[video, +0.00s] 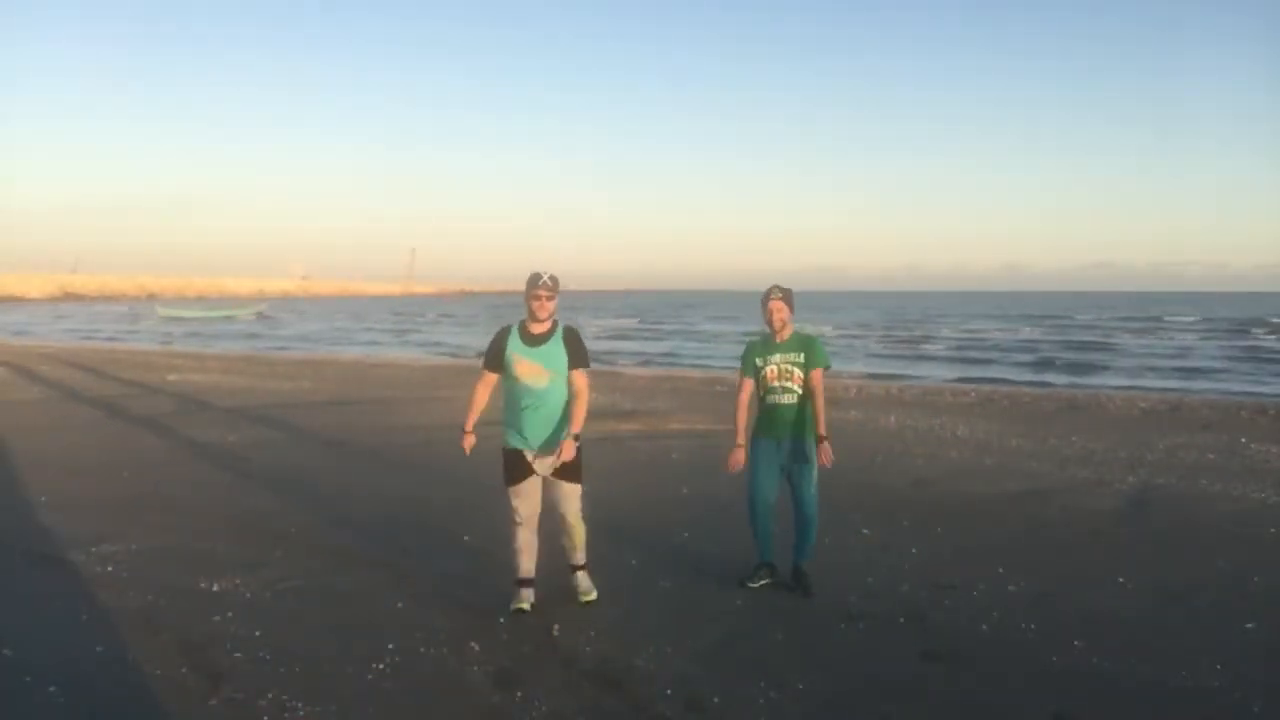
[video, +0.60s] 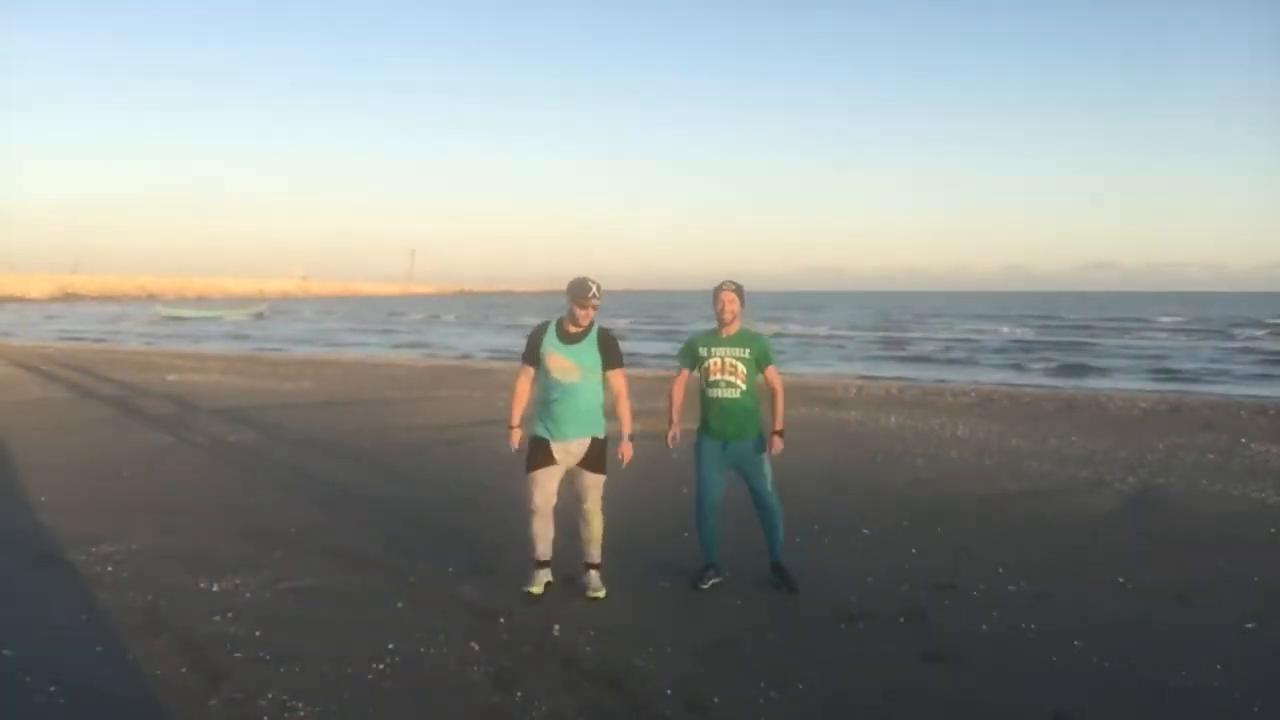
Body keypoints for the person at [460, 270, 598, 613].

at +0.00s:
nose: (542, 304)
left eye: (548, 299)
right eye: (536, 298)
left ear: (556, 301)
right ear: (526, 299)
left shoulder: (569, 338)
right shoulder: (506, 337)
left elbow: (581, 390)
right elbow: (485, 383)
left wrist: (573, 436)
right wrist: (469, 425)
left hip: (562, 443)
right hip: (519, 445)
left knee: (571, 516)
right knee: (523, 519)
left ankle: (580, 572)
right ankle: (524, 589)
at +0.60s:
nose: (586, 313)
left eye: (592, 307)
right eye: (581, 306)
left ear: (598, 308)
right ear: (568, 302)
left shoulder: (604, 341)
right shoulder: (542, 335)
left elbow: (620, 390)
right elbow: (524, 380)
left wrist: (626, 436)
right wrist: (515, 424)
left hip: (591, 438)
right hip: (546, 437)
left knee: (591, 505)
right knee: (540, 503)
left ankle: (593, 570)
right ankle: (542, 568)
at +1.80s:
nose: (589, 307)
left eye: (594, 301)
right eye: (583, 301)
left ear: (601, 302)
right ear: (574, 302)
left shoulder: (617, 335)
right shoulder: (559, 339)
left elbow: (633, 383)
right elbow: (547, 387)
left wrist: (642, 424)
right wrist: (542, 432)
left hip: (612, 430)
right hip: (571, 431)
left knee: (615, 498)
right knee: (562, 498)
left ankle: (615, 559)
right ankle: (549, 558)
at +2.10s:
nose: (596, 305)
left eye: (602, 300)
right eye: (591, 300)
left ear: (609, 301)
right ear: (582, 301)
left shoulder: (623, 331)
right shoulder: (567, 334)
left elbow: (631, 376)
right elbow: (565, 383)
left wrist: (614, 404)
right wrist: (590, 408)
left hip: (619, 428)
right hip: (581, 429)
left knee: (618, 497)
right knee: (587, 497)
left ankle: (616, 559)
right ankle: (591, 559)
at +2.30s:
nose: (594, 309)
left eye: (599, 303)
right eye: (589, 303)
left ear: (607, 304)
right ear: (579, 304)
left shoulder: (621, 336)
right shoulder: (564, 340)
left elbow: (637, 382)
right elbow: (553, 388)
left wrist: (639, 423)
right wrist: (558, 430)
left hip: (616, 434)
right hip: (575, 435)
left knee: (617, 500)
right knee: (569, 497)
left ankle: (615, 560)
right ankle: (569, 553)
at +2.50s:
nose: (582, 310)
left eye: (588, 304)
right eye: (576, 304)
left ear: (595, 306)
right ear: (566, 304)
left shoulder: (610, 337)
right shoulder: (548, 338)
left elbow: (626, 381)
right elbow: (535, 385)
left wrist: (637, 420)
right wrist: (527, 430)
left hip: (601, 434)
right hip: (557, 434)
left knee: (609, 499)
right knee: (541, 495)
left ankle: (614, 560)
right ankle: (524, 556)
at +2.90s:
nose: (540, 311)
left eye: (545, 306)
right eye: (534, 305)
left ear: (552, 307)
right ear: (523, 304)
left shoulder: (563, 335)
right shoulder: (502, 336)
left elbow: (577, 380)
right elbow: (483, 380)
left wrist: (579, 423)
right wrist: (474, 424)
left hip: (558, 431)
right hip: (514, 434)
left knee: (571, 495)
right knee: (509, 500)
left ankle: (577, 553)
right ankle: (504, 562)